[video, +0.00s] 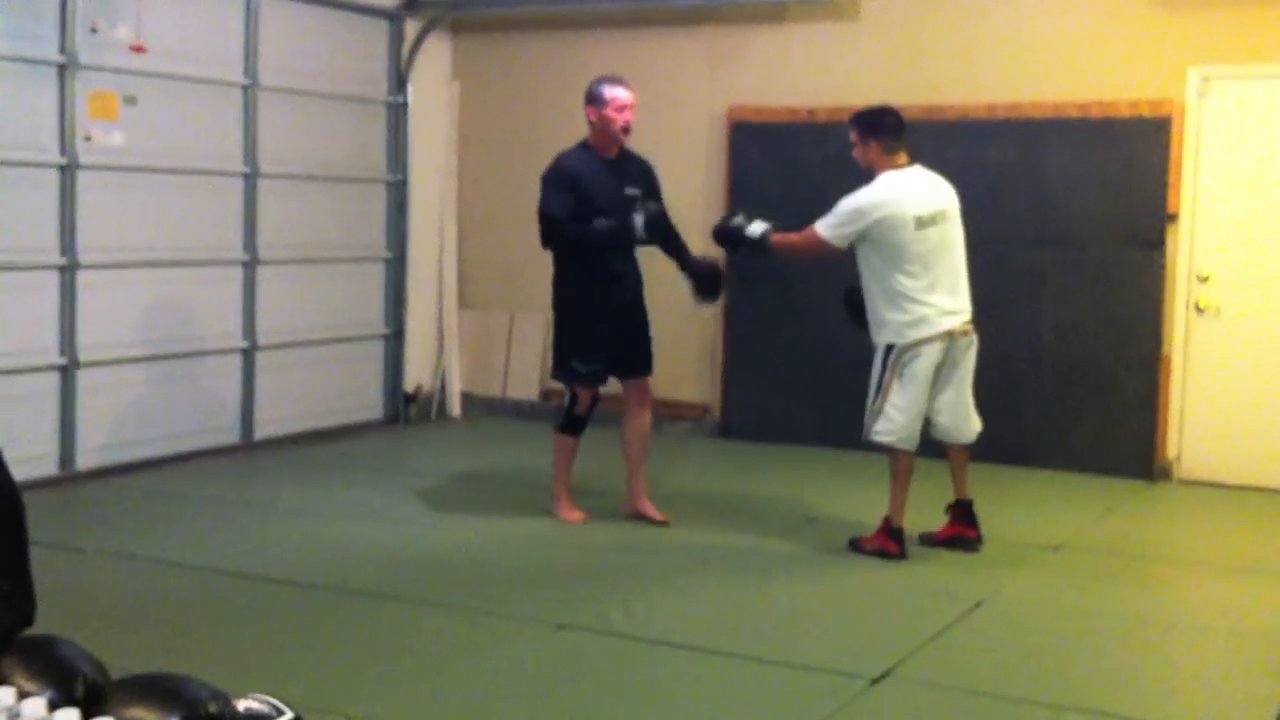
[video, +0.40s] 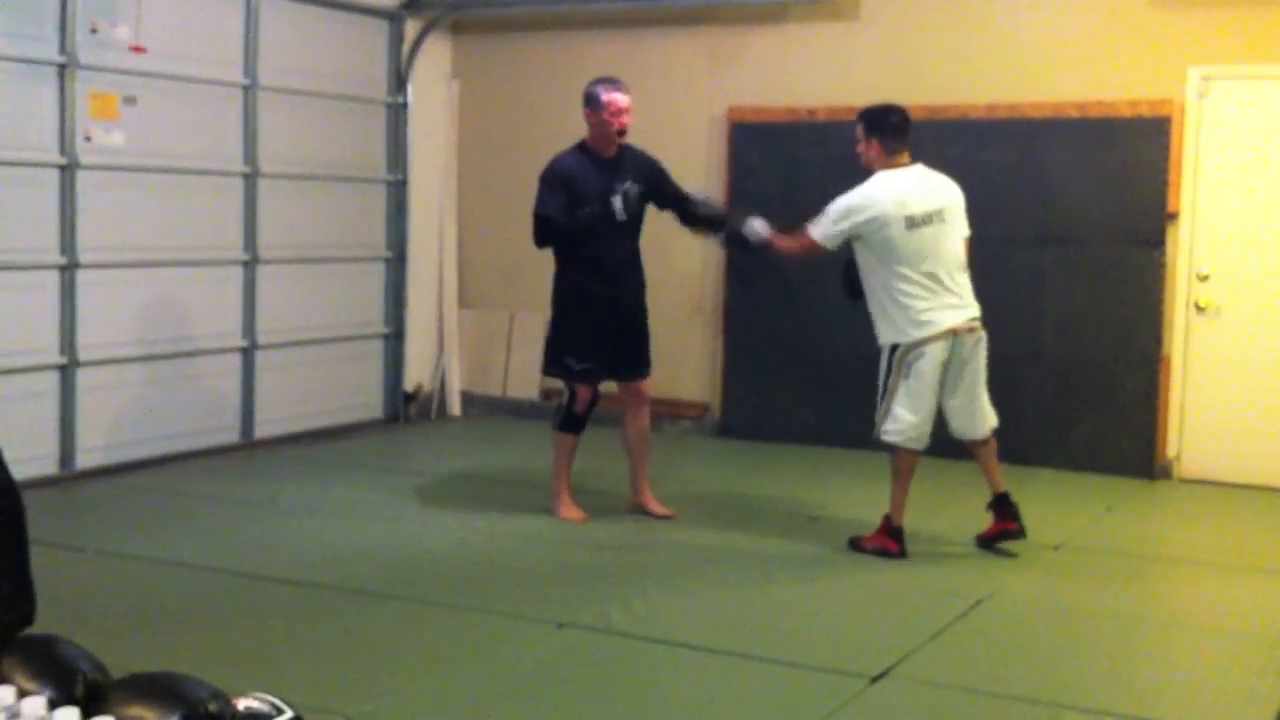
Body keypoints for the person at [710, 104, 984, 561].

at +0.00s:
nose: (855, 154)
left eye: (856, 145)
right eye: (854, 145)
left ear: (870, 145)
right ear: (901, 140)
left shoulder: (873, 199)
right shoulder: (940, 186)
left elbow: (808, 243)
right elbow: (931, 262)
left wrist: (759, 235)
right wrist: (880, 297)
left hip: (913, 334)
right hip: (960, 326)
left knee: (900, 431)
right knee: (956, 423)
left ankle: (892, 530)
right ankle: (964, 518)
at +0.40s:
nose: (860, 149)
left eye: (861, 142)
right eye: (861, 141)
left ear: (873, 144)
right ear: (905, 140)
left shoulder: (865, 199)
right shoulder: (947, 186)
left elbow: (800, 247)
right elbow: (962, 256)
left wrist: (764, 235)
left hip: (916, 333)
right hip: (968, 324)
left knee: (906, 431)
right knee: (975, 419)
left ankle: (892, 529)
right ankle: (1005, 510)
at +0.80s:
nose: (909, 153)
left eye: (913, 145)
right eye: (911, 144)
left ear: (931, 147)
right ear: (953, 148)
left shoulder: (919, 203)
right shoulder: (991, 197)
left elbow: (888, 275)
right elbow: (965, 256)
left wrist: (872, 232)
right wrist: (906, 217)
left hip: (953, 337)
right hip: (1006, 331)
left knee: (925, 431)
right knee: (1012, 425)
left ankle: (894, 529)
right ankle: (1039, 525)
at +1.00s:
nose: (936, 156)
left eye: (938, 147)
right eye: (937, 147)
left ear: (954, 148)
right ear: (980, 147)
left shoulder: (944, 198)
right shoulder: (1018, 193)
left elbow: (910, 261)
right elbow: (996, 242)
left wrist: (904, 209)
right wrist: (944, 193)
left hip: (980, 331)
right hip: (1035, 329)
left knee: (937, 421)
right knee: (1031, 431)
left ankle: (948, 520)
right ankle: (1042, 526)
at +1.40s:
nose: (979, 166)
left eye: (983, 158)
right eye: (979, 158)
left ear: (1002, 159)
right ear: (1023, 157)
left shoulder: (999, 210)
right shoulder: (1069, 199)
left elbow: (957, 269)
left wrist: (948, 218)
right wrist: (985, 202)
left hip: (1034, 344)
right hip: (1091, 338)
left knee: (992, 434)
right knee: (1105, 434)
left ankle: (962, 532)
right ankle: (1132, 530)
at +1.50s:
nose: (1004, 162)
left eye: (1008, 153)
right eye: (1005, 154)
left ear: (1027, 154)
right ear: (1049, 153)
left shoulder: (1029, 205)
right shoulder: (1086, 196)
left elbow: (996, 268)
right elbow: (1062, 249)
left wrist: (987, 219)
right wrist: (1016, 199)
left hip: (1054, 341)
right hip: (1107, 333)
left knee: (1003, 429)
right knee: (1113, 428)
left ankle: (978, 526)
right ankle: (1134, 529)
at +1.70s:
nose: (1014, 171)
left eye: (1017, 162)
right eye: (1015, 162)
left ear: (1033, 163)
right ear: (1060, 161)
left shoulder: (1030, 215)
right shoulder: (1103, 203)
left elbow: (1001, 272)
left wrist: (989, 227)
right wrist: (1022, 215)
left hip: (1069, 345)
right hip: (1123, 338)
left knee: (1028, 439)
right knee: (1118, 430)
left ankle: (1022, 535)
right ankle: (1144, 506)